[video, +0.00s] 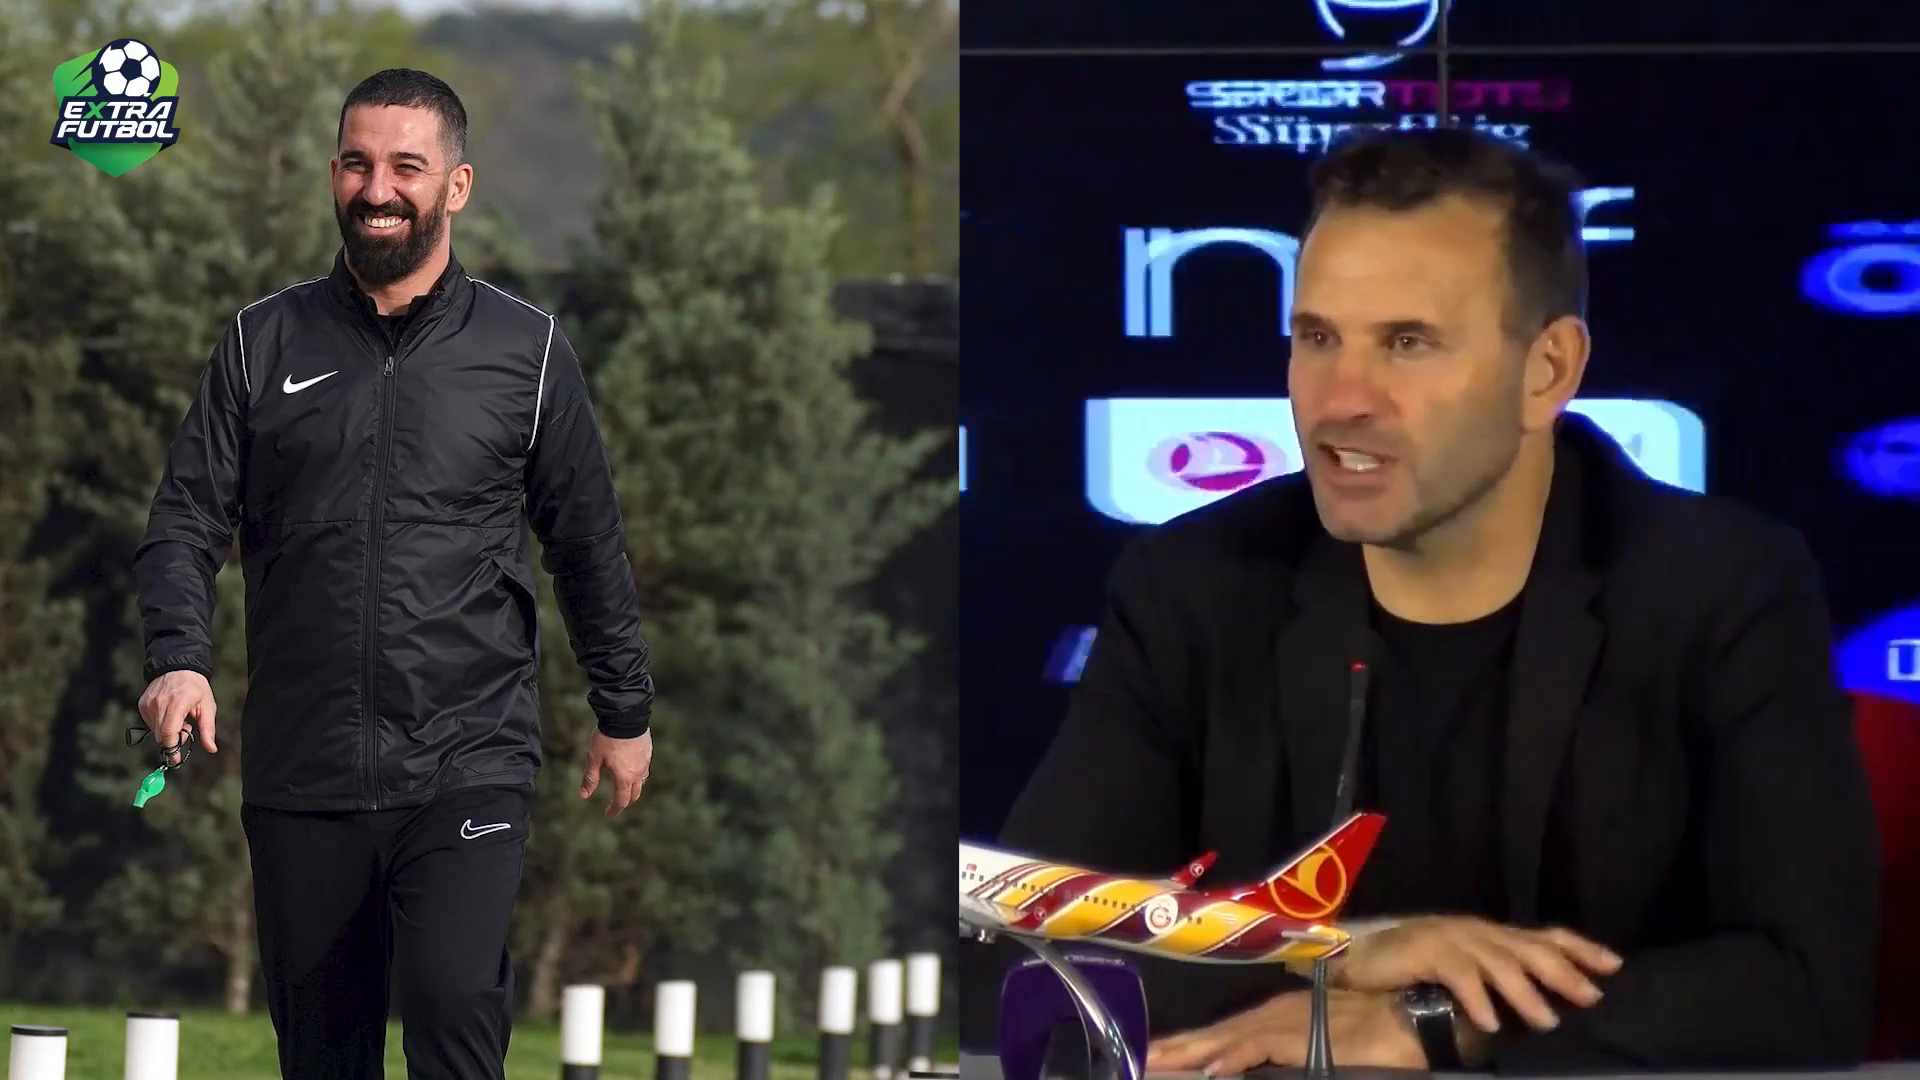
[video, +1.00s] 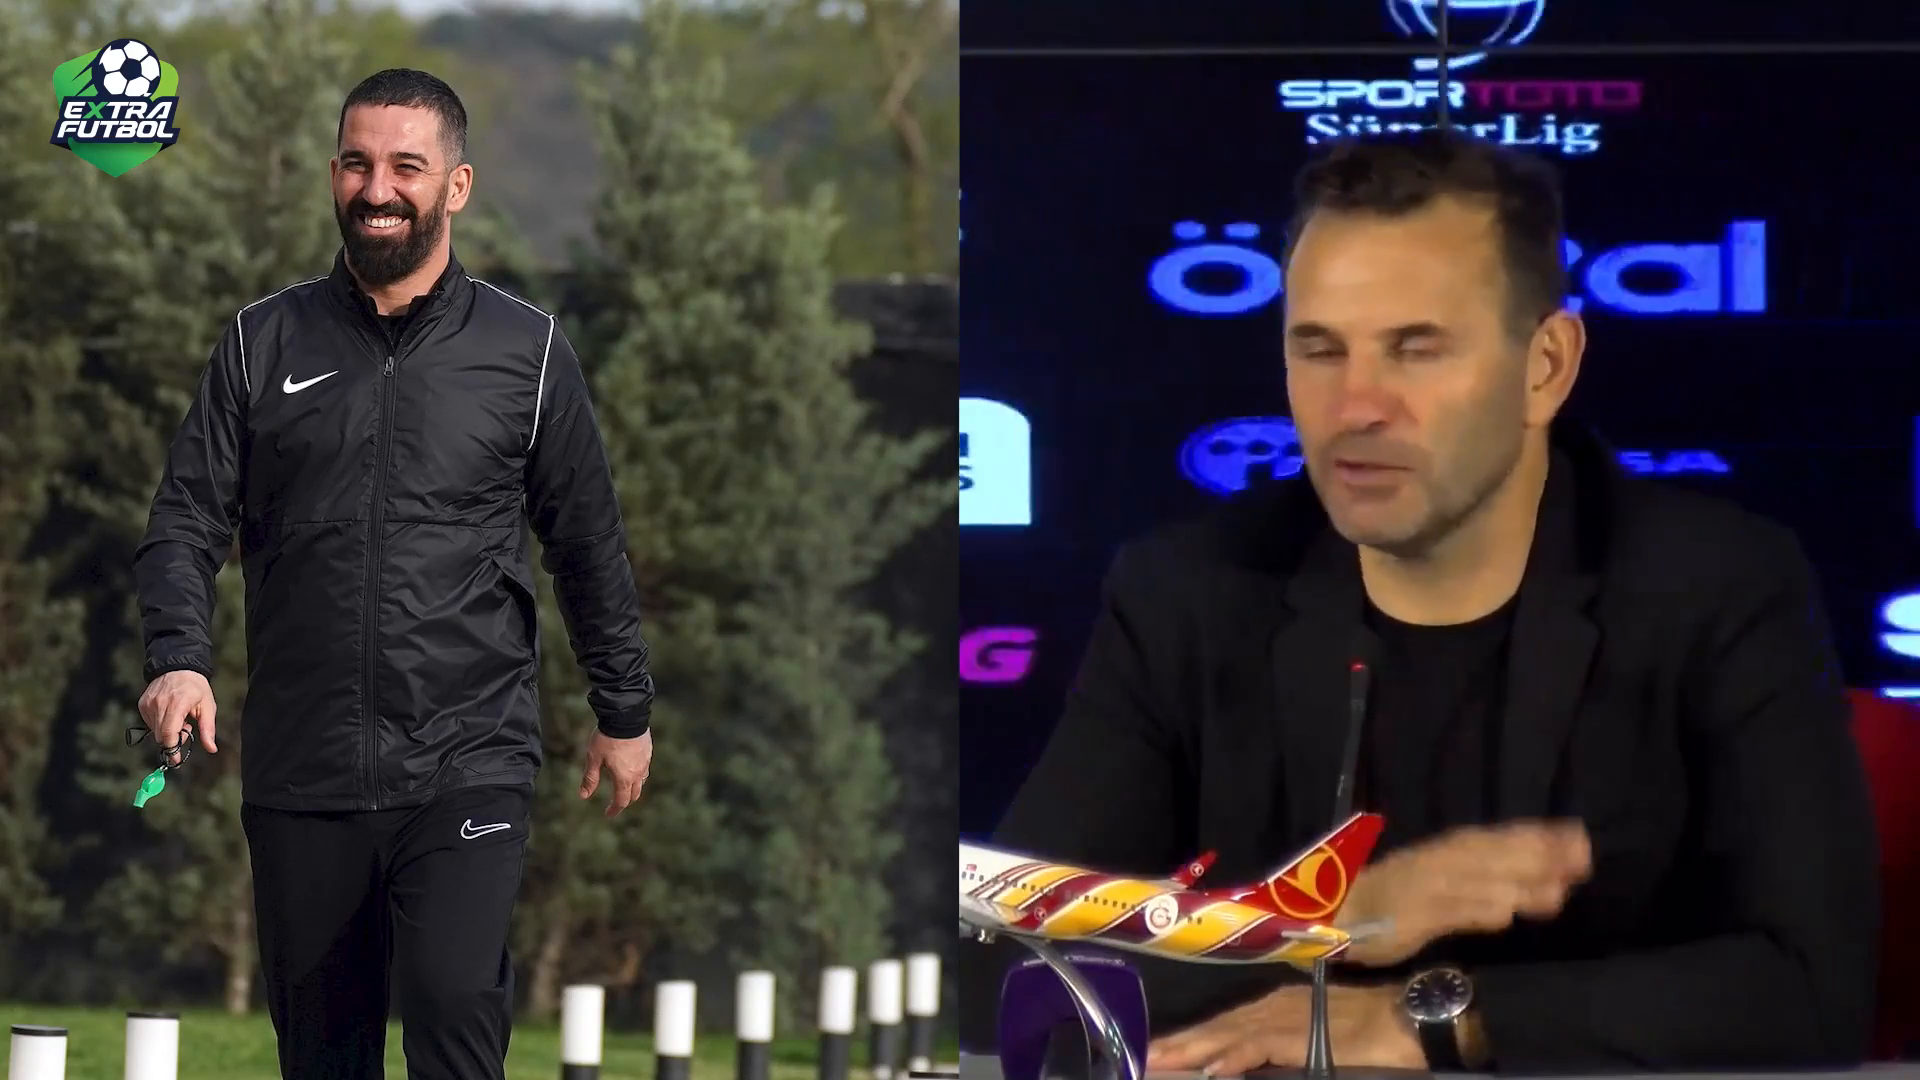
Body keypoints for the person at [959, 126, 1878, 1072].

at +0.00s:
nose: (1338, 396)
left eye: (1407, 344)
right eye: (1316, 338)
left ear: (1550, 371)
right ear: (1290, 342)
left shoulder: (1724, 590)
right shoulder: (1189, 586)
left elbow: (1807, 989)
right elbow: (1029, 963)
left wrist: (1428, 1027)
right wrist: (1328, 958)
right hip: (1247, 1073)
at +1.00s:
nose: (1352, 407)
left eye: (1415, 350)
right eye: (1320, 350)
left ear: (1547, 366)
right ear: (1284, 359)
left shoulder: (1719, 593)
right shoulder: (1185, 595)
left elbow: (1810, 990)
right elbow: (1020, 944)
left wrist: (1436, 1019)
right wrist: (1314, 919)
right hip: (1245, 1077)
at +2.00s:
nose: (1348, 391)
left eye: (1409, 332)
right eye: (1316, 337)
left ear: (1548, 354)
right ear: (1285, 354)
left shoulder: (1725, 591)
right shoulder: (1189, 589)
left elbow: (1812, 989)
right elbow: (1026, 973)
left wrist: (1439, 1025)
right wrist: (1319, 959)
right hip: (1249, 1077)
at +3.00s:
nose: (1324, 389)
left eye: (1387, 330)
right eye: (1300, 334)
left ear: (1537, 349)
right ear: (1276, 342)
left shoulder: (1735, 593)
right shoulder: (1193, 593)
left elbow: (1813, 993)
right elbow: (1024, 977)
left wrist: (1436, 1024)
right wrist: (1319, 954)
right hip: (1254, 1075)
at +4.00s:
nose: (1335, 398)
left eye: (1401, 343)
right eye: (1314, 341)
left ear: (1552, 366)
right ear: (1289, 345)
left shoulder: (1735, 597)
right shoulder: (1200, 591)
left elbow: (1805, 993)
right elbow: (1027, 956)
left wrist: (1426, 1035)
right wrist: (1324, 959)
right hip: (1253, 1078)